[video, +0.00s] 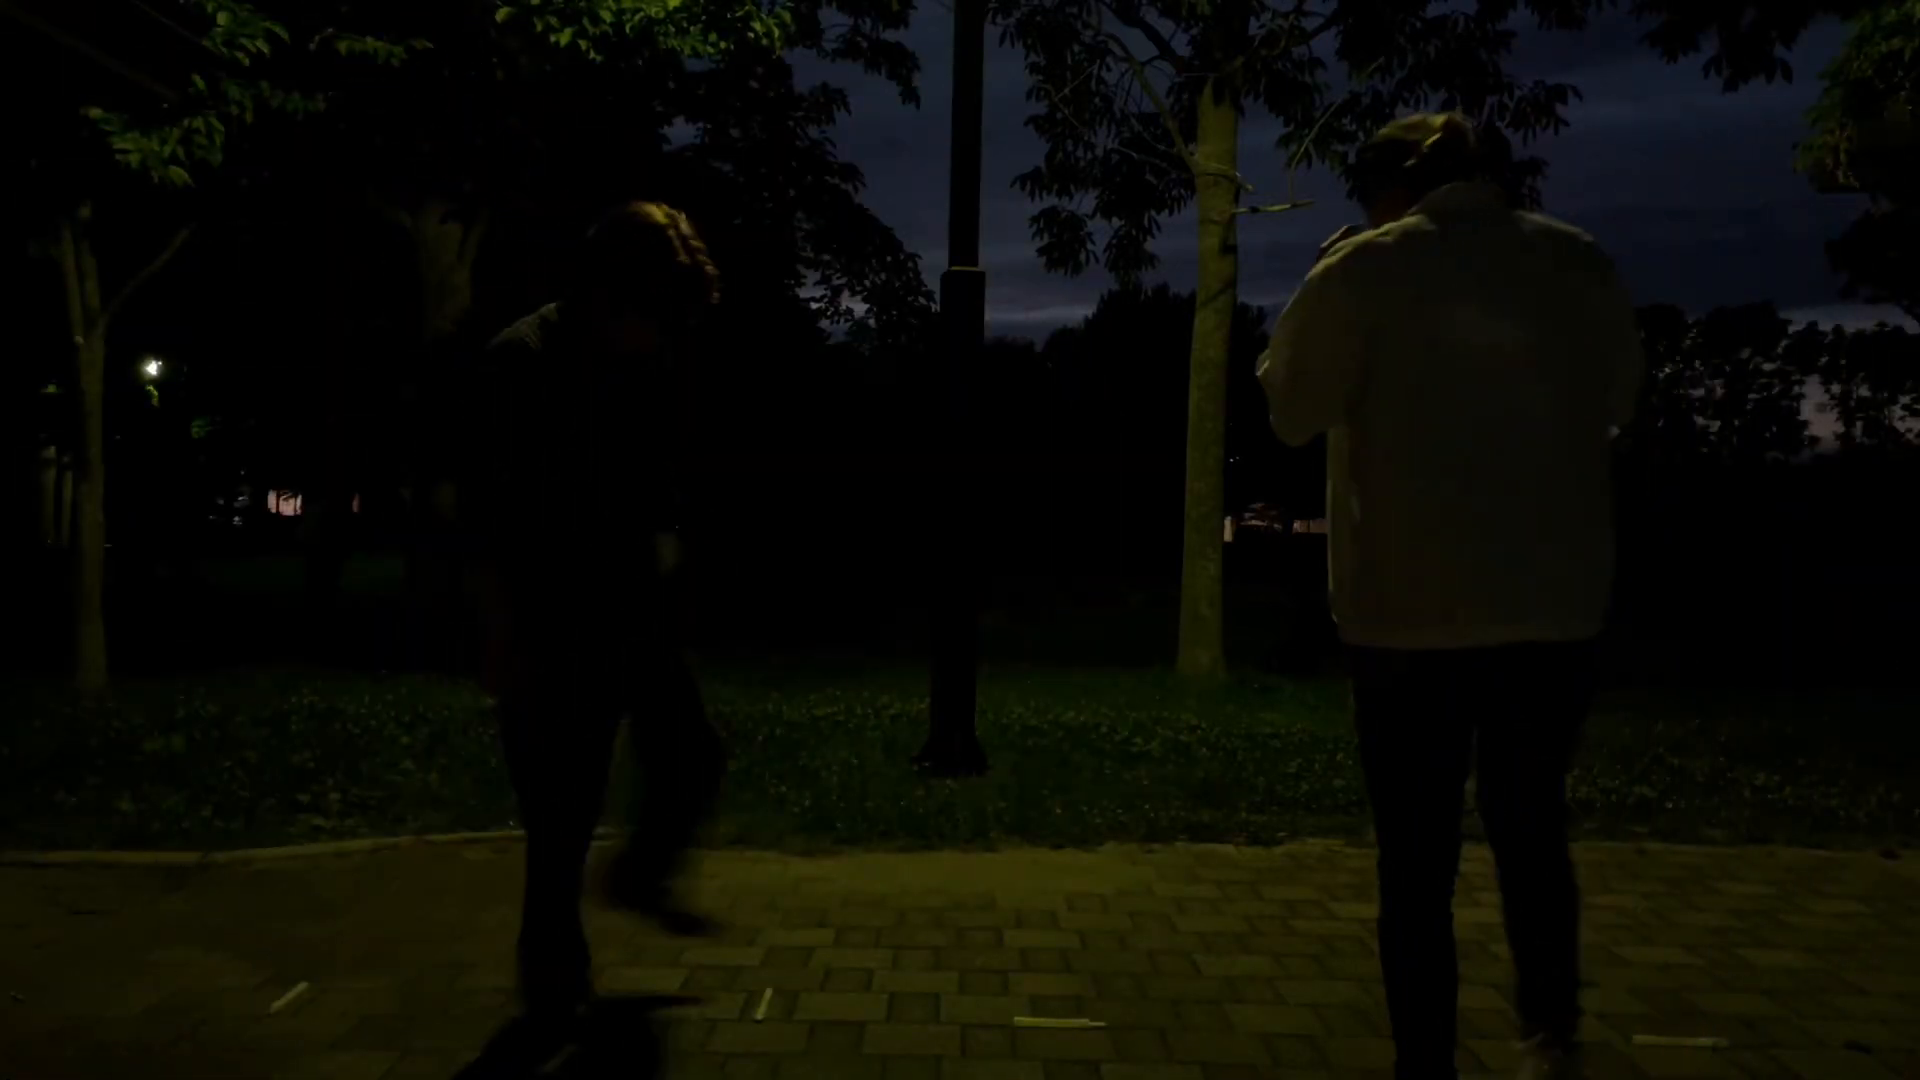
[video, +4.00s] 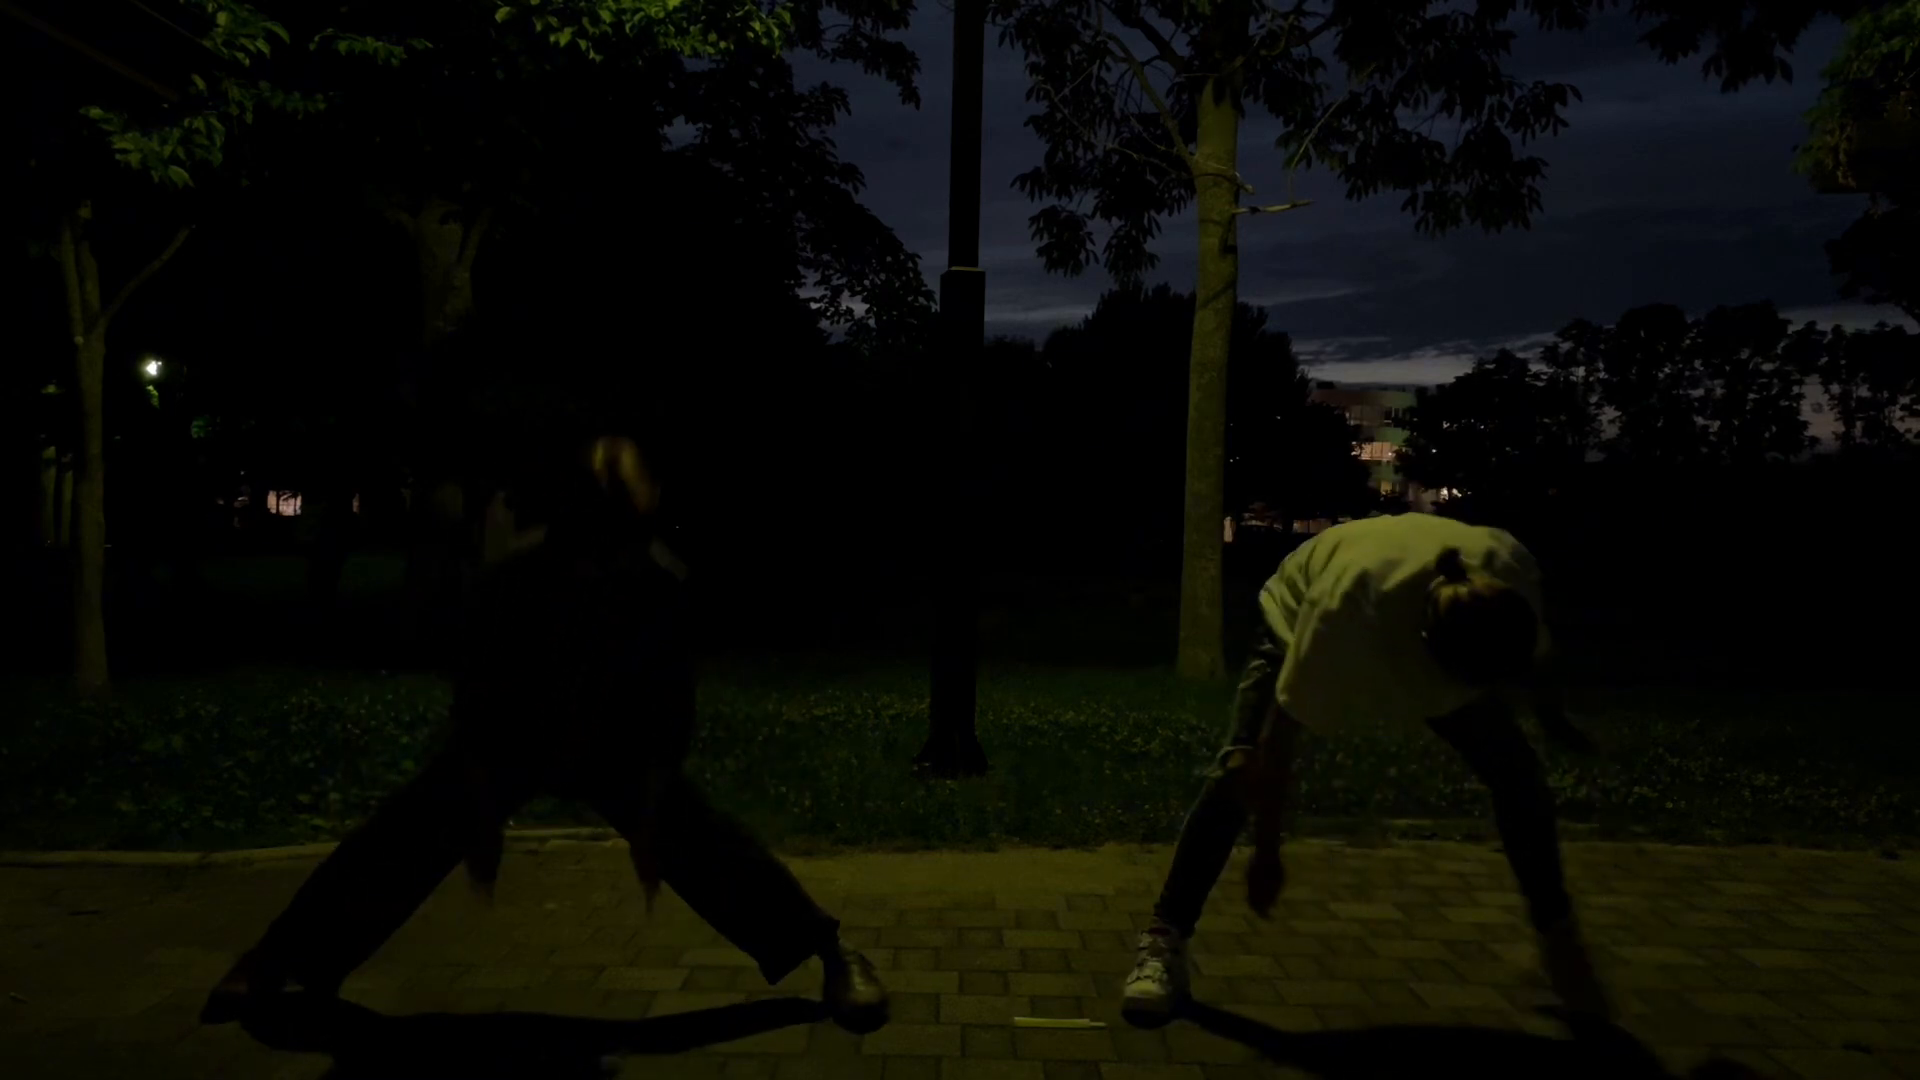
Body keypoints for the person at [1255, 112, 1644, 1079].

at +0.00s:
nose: (1370, 217)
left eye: (1371, 204)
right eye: (1369, 204)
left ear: (1394, 189)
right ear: (1485, 176)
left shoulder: (1361, 270)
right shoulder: (1575, 260)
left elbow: (1290, 406)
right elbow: (1613, 403)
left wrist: (1337, 273)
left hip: (1406, 614)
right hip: (1554, 609)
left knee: (1415, 848)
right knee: (1533, 822)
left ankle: (1423, 1058)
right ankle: (1553, 1037)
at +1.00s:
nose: (1262, 340)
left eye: (1267, 322)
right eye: (1254, 324)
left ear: (1300, 303)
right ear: (1274, 309)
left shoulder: (1392, 354)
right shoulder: (1303, 350)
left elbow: (1430, 497)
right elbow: (1288, 445)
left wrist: (1319, 526)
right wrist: (1242, 496)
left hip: (1386, 615)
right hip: (1328, 611)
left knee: (1328, 781)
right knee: (1320, 776)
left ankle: (1329, 979)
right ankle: (1421, 922)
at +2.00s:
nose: (1448, 552)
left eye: (1462, 539)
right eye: (1441, 536)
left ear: (1480, 514)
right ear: (1408, 507)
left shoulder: (1490, 517)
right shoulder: (1334, 502)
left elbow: (1505, 639)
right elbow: (1281, 638)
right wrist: (1334, 785)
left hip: (1414, 632)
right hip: (1299, 624)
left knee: (1473, 789)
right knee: (1231, 760)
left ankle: (1511, 964)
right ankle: (1200, 942)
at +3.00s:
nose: (1533, 838)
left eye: (1550, 830)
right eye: (1533, 826)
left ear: (1585, 765)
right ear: (1506, 780)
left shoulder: (1575, 732)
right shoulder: (1427, 733)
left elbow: (1605, 852)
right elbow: (1365, 883)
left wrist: (1653, 969)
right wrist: (1387, 1021)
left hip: (1443, 606)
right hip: (1338, 614)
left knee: (1531, 800)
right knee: (1261, 783)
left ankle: (1514, 968)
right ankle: (1166, 948)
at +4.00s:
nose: (1478, 683)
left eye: (1488, 673)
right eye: (1469, 671)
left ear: (1516, 620)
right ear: (1440, 620)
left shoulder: (1512, 572)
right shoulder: (1354, 594)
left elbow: (1536, 669)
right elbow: (1281, 731)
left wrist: (1558, 725)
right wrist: (1267, 853)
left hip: (1422, 641)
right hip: (1304, 624)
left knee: (1518, 778)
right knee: (1241, 772)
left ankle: (1562, 951)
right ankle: (1164, 943)